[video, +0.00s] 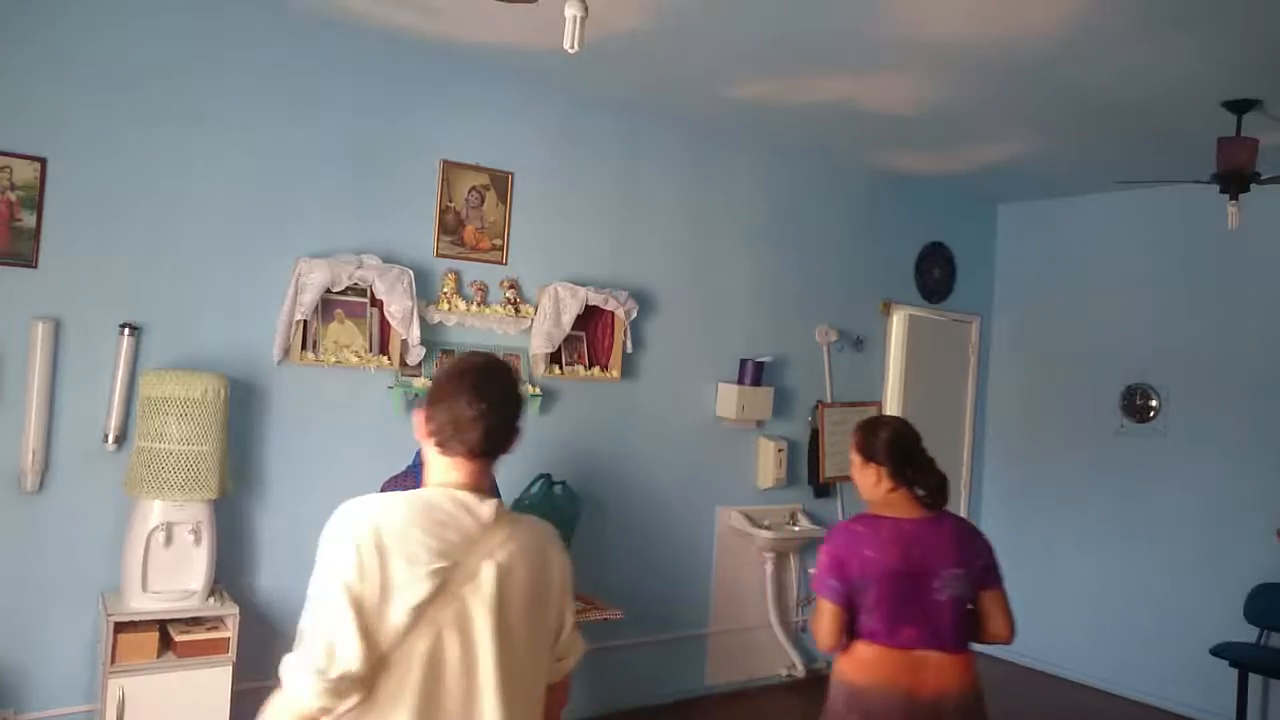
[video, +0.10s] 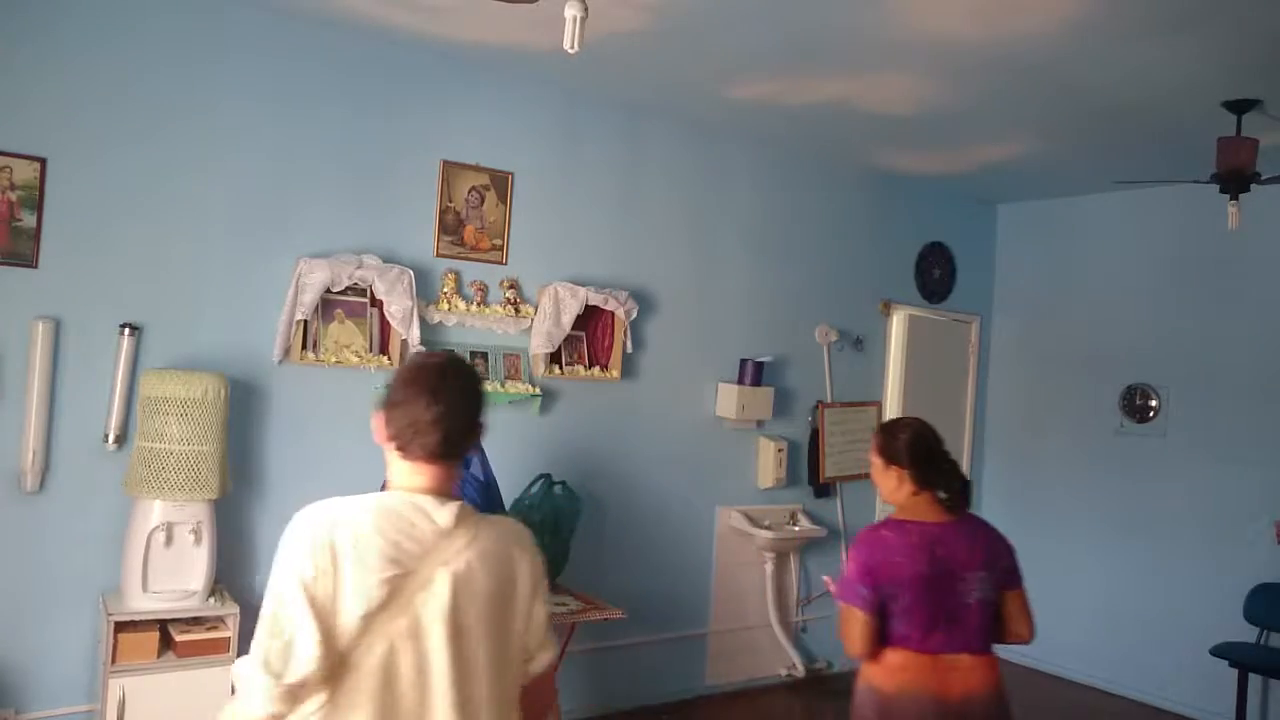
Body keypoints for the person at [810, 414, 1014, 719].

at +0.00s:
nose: (851, 473)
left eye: (854, 463)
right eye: (851, 463)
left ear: (876, 473)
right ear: (912, 465)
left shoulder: (846, 538)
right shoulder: (965, 535)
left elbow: (827, 639)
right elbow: (1000, 629)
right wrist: (940, 618)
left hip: (869, 696)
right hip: (952, 695)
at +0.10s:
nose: (871, 475)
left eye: (874, 466)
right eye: (871, 466)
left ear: (897, 474)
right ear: (932, 466)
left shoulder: (874, 543)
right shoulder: (987, 538)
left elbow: (858, 646)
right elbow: (1020, 629)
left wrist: (847, 601)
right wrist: (958, 620)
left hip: (896, 692)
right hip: (976, 689)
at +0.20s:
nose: (893, 481)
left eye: (896, 472)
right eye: (893, 473)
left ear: (920, 478)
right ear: (955, 472)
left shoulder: (900, 549)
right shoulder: (1005, 540)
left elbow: (896, 657)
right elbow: (1041, 630)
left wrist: (866, 618)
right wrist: (979, 624)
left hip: (925, 692)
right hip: (1002, 688)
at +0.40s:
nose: (917, 475)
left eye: (923, 467)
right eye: (919, 466)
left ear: (950, 480)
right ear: (984, 474)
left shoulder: (938, 548)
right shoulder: (1028, 540)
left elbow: (934, 657)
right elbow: (1062, 629)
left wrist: (890, 620)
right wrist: (996, 629)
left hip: (961, 693)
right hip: (1030, 686)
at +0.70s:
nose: (935, 468)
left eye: (943, 460)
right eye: (939, 459)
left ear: (971, 474)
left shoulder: (962, 543)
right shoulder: (1034, 534)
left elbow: (959, 652)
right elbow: (1057, 628)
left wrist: (899, 617)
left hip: (973, 687)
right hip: (1034, 676)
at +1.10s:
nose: (938, 471)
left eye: (949, 463)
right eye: (944, 462)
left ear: (977, 477)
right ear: (979, 478)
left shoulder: (983, 549)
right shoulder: (1032, 539)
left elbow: (989, 663)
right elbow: (1043, 636)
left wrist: (913, 633)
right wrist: (938, 621)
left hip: (988, 699)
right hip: (1039, 686)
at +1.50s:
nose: (942, 471)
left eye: (951, 461)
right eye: (947, 461)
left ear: (978, 473)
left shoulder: (965, 550)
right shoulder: (1040, 547)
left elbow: (953, 665)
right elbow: (1060, 650)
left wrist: (895, 626)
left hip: (962, 701)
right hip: (1028, 695)